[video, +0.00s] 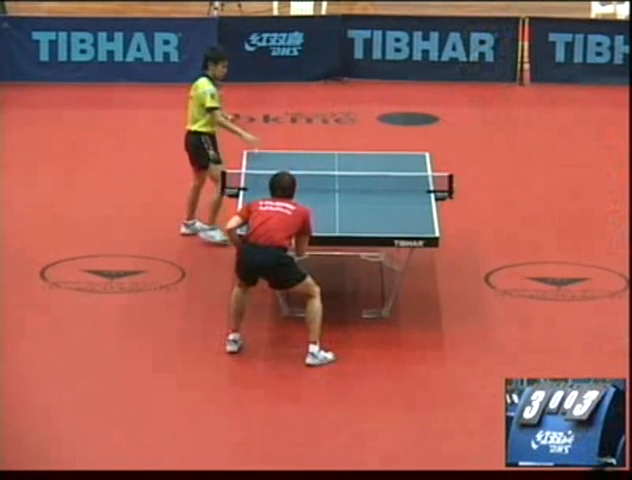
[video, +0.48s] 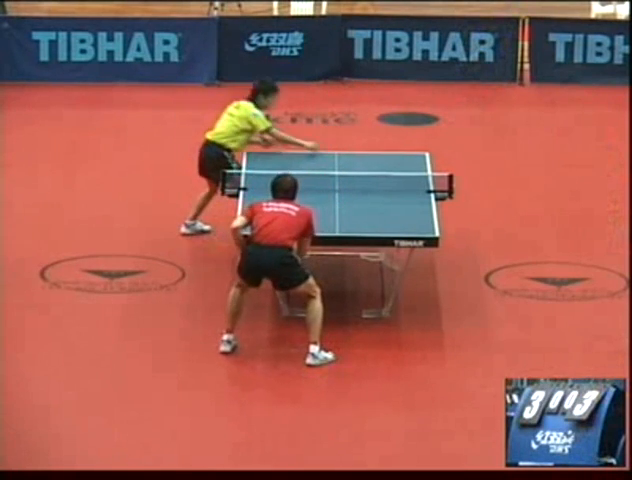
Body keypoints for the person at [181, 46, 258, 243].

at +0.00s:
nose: (225, 71)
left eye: (226, 67)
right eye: (222, 67)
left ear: (213, 68)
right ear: (210, 66)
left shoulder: (203, 84)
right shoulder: (207, 88)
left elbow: (210, 111)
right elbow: (217, 118)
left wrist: (226, 116)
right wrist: (244, 134)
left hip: (197, 133)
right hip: (202, 135)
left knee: (199, 179)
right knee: (221, 180)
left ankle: (190, 221)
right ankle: (211, 226)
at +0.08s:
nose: (230, 72)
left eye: (231, 68)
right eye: (227, 67)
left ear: (215, 68)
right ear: (215, 67)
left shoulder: (202, 85)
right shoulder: (213, 89)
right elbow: (224, 119)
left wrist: (230, 115)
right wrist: (249, 135)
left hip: (195, 134)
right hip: (205, 136)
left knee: (200, 179)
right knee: (223, 180)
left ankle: (189, 221)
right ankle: (221, 228)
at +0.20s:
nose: (240, 77)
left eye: (241, 72)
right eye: (238, 72)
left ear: (225, 73)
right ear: (227, 72)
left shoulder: (211, 87)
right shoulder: (223, 92)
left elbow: (215, 116)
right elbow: (238, 120)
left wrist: (233, 124)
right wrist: (264, 135)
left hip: (198, 135)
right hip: (209, 138)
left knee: (204, 181)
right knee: (228, 183)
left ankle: (190, 221)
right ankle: (241, 226)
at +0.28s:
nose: (250, 83)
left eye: (250, 79)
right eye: (248, 79)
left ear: (234, 79)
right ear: (237, 78)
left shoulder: (218, 92)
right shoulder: (231, 95)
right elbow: (249, 122)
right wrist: (278, 138)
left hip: (201, 139)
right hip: (212, 141)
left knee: (207, 183)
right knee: (232, 182)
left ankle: (190, 221)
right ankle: (242, 226)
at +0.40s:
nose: (264, 95)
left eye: (264, 91)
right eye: (262, 91)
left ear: (248, 89)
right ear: (252, 90)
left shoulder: (229, 100)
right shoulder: (245, 106)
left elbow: (232, 126)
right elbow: (268, 130)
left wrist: (252, 135)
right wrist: (297, 143)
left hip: (204, 145)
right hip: (218, 148)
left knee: (211, 186)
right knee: (243, 185)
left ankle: (191, 221)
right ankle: (246, 227)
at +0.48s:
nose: (274, 102)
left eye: (274, 98)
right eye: (272, 98)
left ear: (257, 96)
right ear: (262, 97)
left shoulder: (237, 105)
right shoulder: (252, 112)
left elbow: (239, 135)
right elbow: (276, 135)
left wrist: (260, 141)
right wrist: (304, 144)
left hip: (209, 147)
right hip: (221, 152)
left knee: (213, 189)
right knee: (245, 187)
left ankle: (191, 221)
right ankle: (248, 225)